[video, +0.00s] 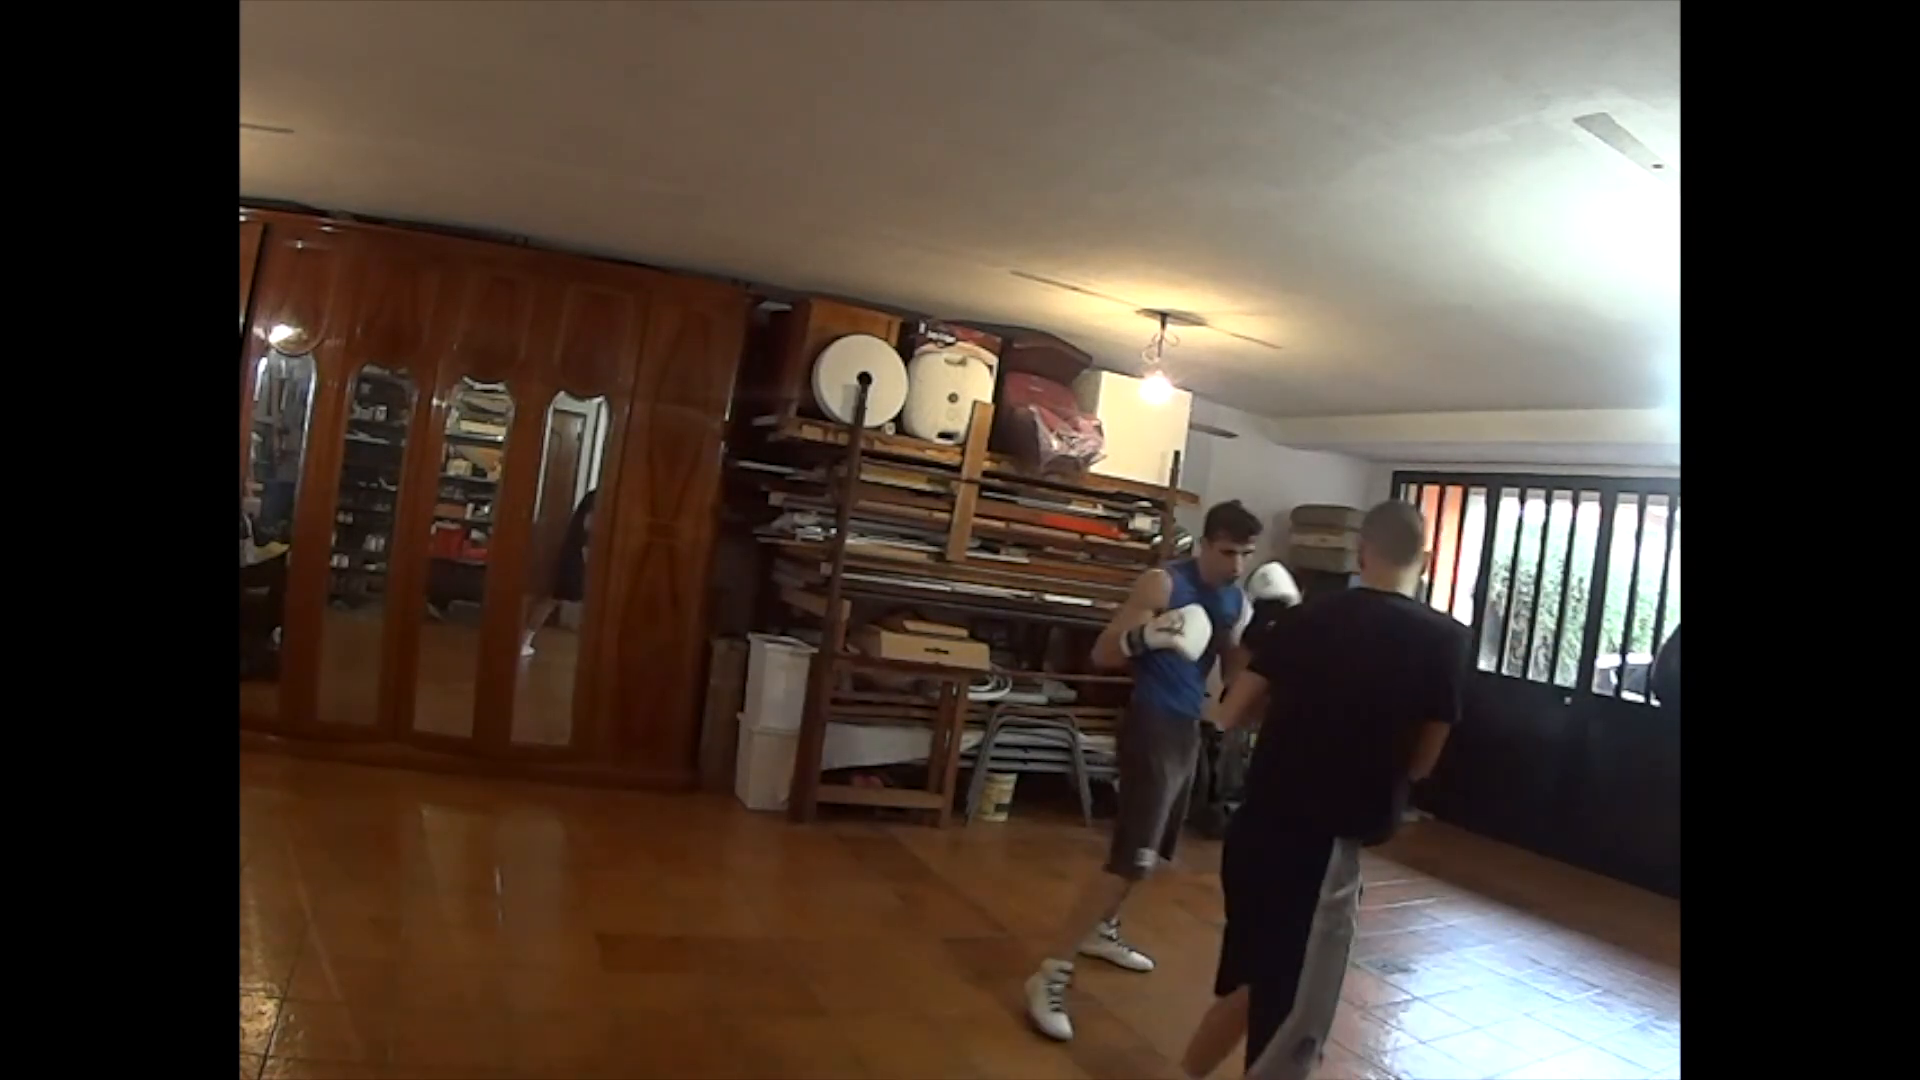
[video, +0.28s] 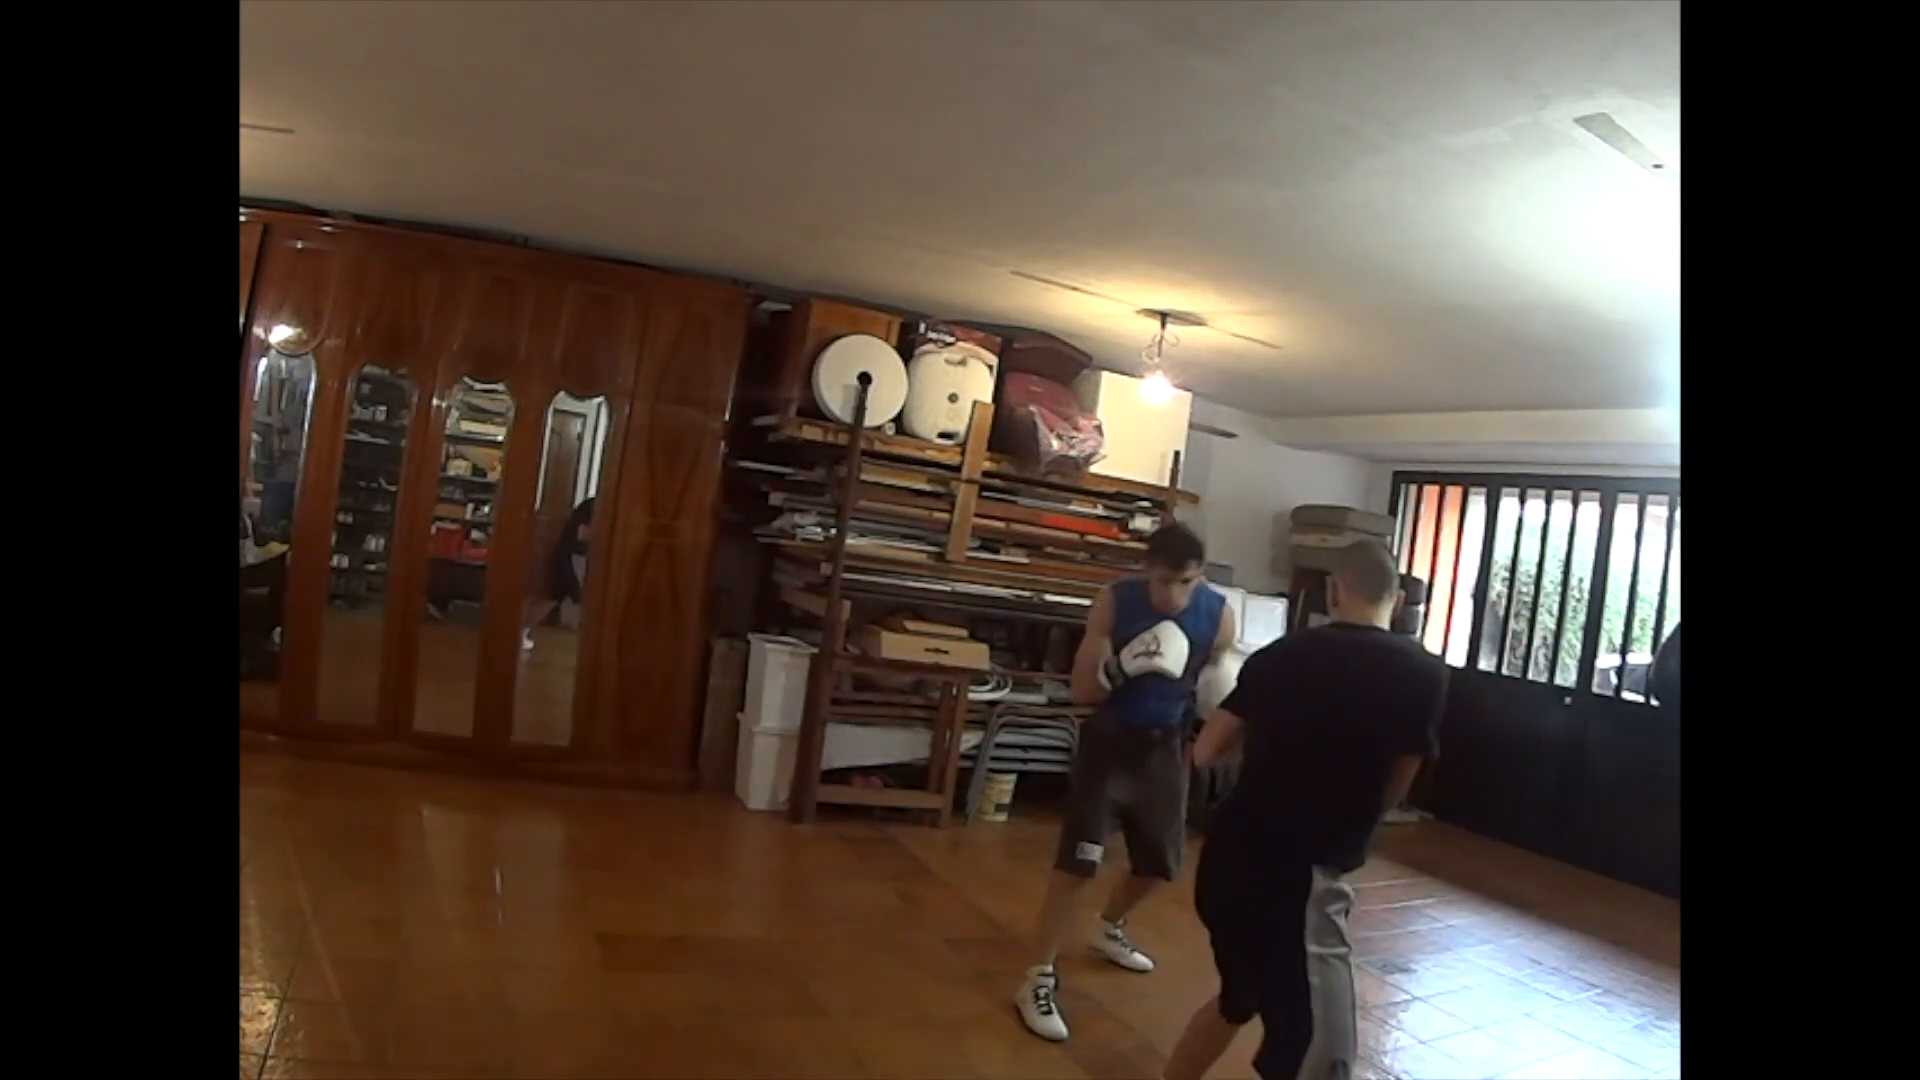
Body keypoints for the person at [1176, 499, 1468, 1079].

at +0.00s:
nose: (1361, 558)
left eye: (1359, 548)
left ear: (1361, 551)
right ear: (1424, 561)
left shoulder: (1312, 616)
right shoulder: (1443, 639)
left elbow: (1233, 713)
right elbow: (1421, 763)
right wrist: (1368, 731)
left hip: (1266, 814)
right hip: (1342, 834)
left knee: (1250, 980)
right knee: (1300, 998)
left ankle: (1188, 1069)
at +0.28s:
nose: (1330, 594)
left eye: (1330, 587)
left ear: (1335, 590)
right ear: (1396, 599)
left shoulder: (1283, 655)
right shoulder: (1422, 673)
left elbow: (1206, 751)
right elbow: (1394, 790)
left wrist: (1256, 734)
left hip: (1238, 853)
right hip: (1321, 873)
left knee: (1236, 996)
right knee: (1304, 1032)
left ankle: (1173, 1073)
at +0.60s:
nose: (1371, 568)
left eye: (1372, 559)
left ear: (1377, 562)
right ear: (1444, 572)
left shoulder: (1318, 627)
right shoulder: (1474, 662)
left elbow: (1221, 737)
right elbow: (1434, 797)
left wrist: (1272, 727)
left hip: (1257, 858)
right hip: (1347, 888)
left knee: (1209, 1021)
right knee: (1315, 1064)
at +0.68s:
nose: (1372, 567)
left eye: (1372, 558)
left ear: (1375, 560)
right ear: (1441, 570)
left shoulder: (1312, 625)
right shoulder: (1470, 659)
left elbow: (1218, 734)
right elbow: (1430, 795)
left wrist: (1270, 718)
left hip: (1251, 856)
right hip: (1341, 888)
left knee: (1209, 1022)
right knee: (1306, 1064)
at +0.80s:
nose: (1345, 565)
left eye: (1345, 555)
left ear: (1350, 558)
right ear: (1417, 568)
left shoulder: (1296, 628)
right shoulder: (1447, 652)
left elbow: (1207, 737)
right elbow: (1416, 794)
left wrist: (1263, 720)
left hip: (1242, 848)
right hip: (1330, 875)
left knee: (1203, 1018)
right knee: (1296, 1054)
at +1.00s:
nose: (1321, 562)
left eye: (1323, 554)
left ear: (1332, 557)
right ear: (1399, 569)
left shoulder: (1284, 621)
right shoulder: (1425, 641)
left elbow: (1195, 723)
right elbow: (1397, 782)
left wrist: (1256, 713)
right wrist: (1337, 760)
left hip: (1222, 833)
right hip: (1307, 858)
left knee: (1198, 1010)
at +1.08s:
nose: (1331, 563)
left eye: (1332, 554)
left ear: (1336, 558)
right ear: (1401, 570)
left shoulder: (1285, 622)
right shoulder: (1426, 645)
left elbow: (1192, 722)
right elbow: (1397, 782)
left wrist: (1252, 715)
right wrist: (1333, 772)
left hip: (1219, 834)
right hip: (1307, 854)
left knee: (1196, 1012)